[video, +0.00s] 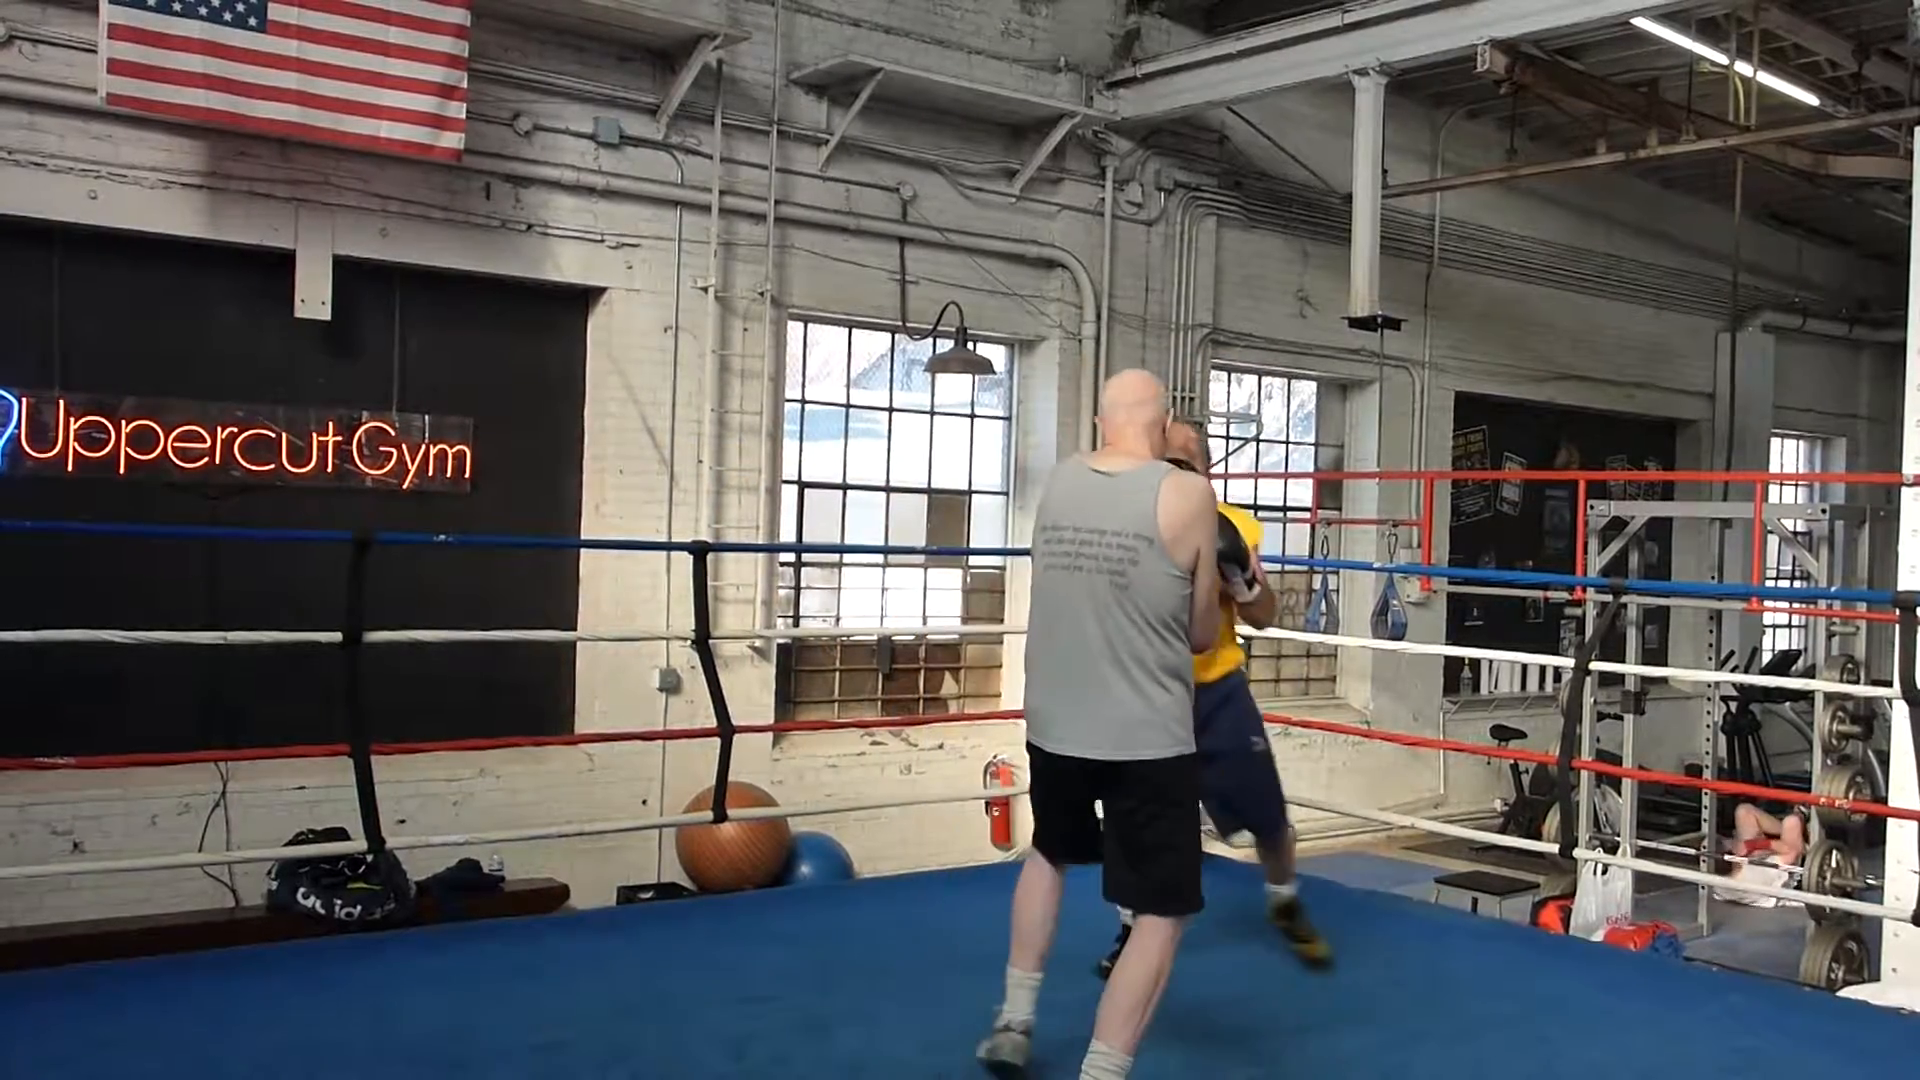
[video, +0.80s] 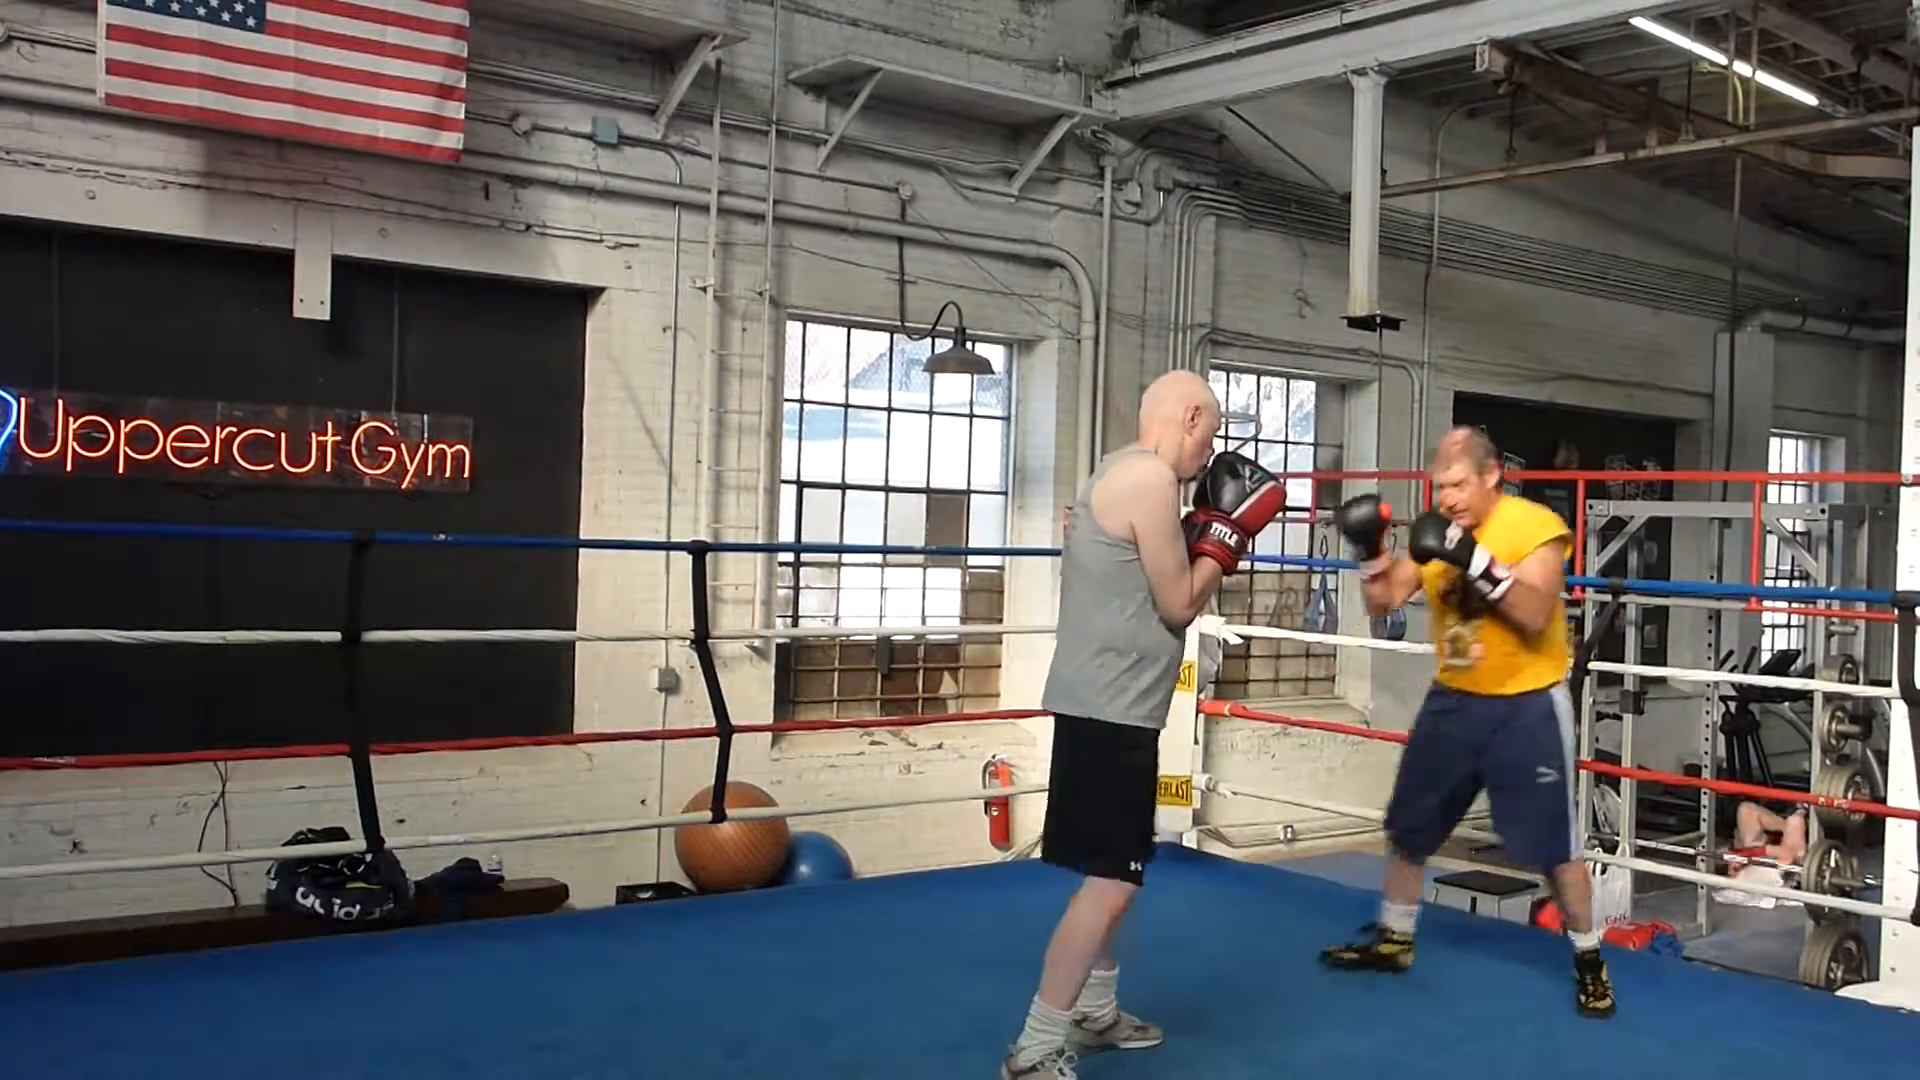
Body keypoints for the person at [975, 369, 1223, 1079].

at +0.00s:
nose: (1162, 416)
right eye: (1163, 407)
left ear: (1099, 421)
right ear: (1163, 421)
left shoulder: (1059, 482)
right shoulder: (1189, 495)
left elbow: (1063, 591)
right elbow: (1203, 631)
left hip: (1053, 725)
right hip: (1148, 738)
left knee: (1047, 853)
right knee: (1159, 913)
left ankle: (1014, 1021)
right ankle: (1101, 1071)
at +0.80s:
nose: (1211, 449)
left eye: (1214, 436)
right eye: (1211, 432)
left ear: (1157, 415)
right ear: (1188, 418)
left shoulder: (1119, 473)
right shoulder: (1149, 480)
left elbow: (1158, 590)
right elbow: (1178, 603)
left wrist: (1206, 523)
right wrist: (1228, 533)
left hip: (1106, 707)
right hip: (1112, 713)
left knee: (1120, 871)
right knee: (1109, 882)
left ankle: (1094, 1014)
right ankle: (1037, 1050)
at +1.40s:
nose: (1283, 457)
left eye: (1287, 445)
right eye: (1281, 442)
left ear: (1249, 425)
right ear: (1245, 424)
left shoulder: (1238, 497)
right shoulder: (1178, 484)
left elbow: (1263, 602)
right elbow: (1220, 603)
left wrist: (1300, 535)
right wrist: (1282, 536)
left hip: (1248, 712)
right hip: (1186, 713)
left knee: (1249, 861)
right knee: (1178, 868)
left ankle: (1236, 1011)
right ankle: (1108, 1024)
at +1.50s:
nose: (1288, 459)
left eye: (1292, 447)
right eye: (1285, 443)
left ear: (1253, 430)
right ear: (1246, 426)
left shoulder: (1249, 504)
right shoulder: (1183, 486)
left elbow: (1285, 605)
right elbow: (1224, 605)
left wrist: (1309, 532)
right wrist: (1284, 537)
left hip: (1260, 716)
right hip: (1192, 718)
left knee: (1291, 860)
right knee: (1188, 877)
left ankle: (1246, 1004)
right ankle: (1130, 1022)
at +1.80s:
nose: (1354, 481)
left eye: (1355, 468)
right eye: (1346, 466)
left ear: (1314, 459)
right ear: (1302, 458)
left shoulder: (1330, 530)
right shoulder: (1237, 521)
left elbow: (1345, 635)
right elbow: (1242, 646)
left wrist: (1377, 567)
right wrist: (1319, 578)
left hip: (1333, 743)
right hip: (1252, 750)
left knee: (1406, 872)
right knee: (1221, 904)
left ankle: (1451, 1020)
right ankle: (1137, 1026)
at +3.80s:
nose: (1412, 451)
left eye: (1414, 437)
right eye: (1398, 438)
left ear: (1409, 439)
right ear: (1349, 440)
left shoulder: (1414, 508)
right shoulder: (1307, 512)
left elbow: (1458, 619)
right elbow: (1345, 639)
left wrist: (1446, 541)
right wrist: (1391, 557)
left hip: (1420, 739)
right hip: (1325, 742)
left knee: (1482, 890)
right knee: (1292, 906)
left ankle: (1513, 1058)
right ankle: (1237, 1037)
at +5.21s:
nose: (1718, 452)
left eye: (1726, 436)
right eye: (1703, 432)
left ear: (1728, 437)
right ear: (1642, 422)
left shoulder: (1711, 518)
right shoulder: (1566, 496)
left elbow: (1722, 680)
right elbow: (1548, 665)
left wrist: (1740, 595)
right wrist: (1624, 586)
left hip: (1666, 793)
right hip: (1546, 780)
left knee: (1688, 997)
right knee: (1481, 986)